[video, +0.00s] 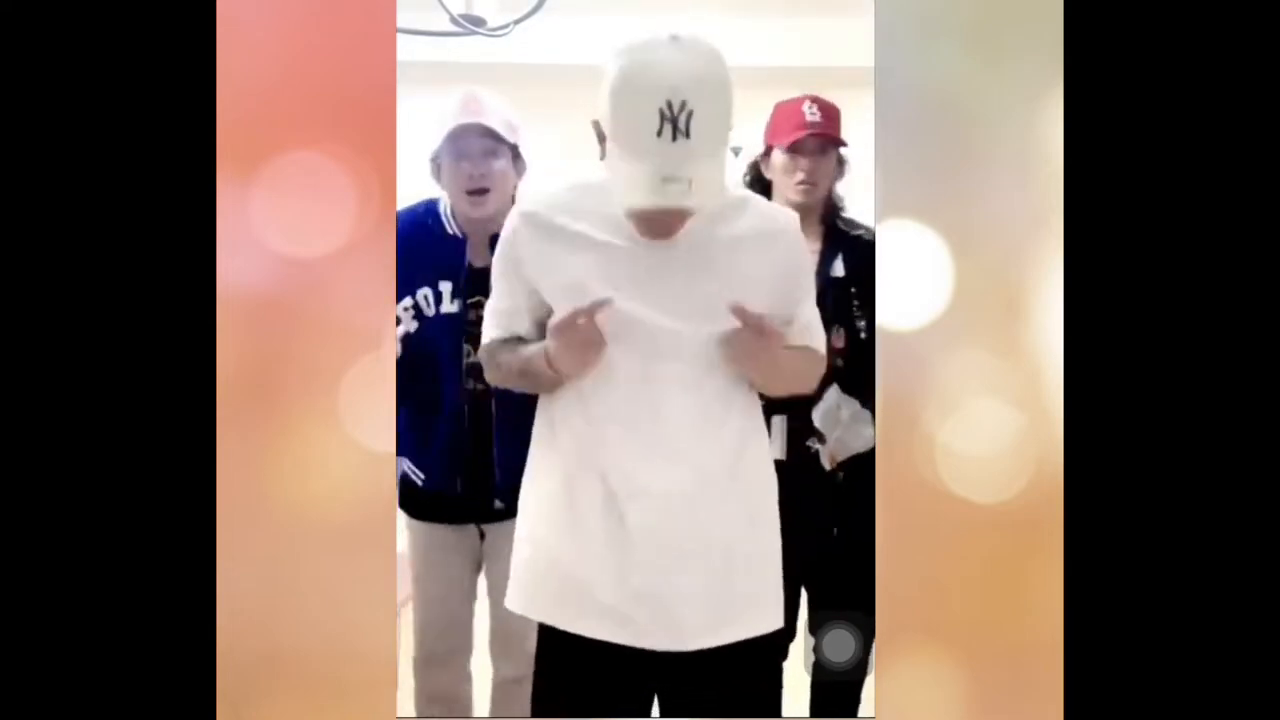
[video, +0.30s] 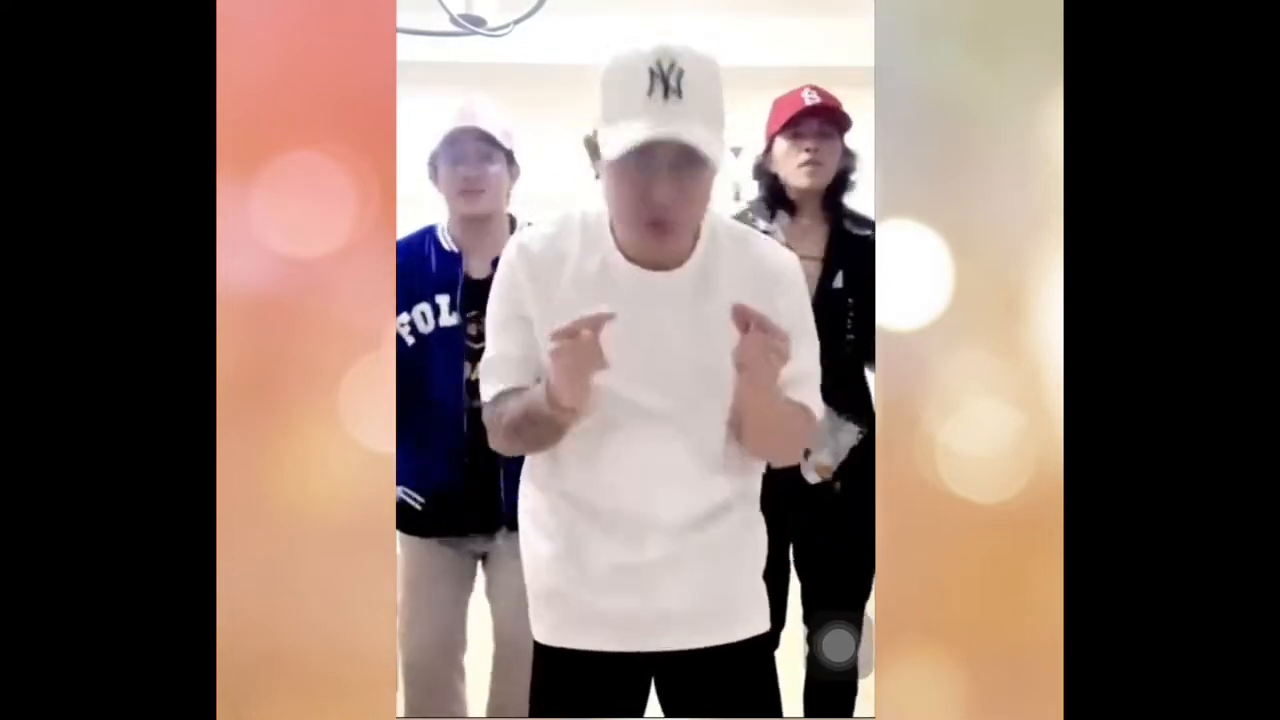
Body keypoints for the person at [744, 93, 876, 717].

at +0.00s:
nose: (806, 166)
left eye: (821, 153)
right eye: (792, 152)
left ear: (839, 166)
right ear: (765, 162)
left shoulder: (867, 251)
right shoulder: (736, 245)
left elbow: (893, 357)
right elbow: (713, 357)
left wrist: (862, 421)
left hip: (849, 476)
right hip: (759, 473)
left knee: (844, 645)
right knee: (755, 641)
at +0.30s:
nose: (812, 149)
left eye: (826, 138)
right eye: (796, 137)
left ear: (844, 153)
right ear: (769, 153)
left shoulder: (871, 244)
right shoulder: (734, 239)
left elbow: (888, 355)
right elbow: (713, 351)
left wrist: (850, 437)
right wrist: (770, 422)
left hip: (846, 464)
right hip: (752, 456)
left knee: (836, 636)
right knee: (749, 627)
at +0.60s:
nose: (788, 169)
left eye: (805, 163)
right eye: (779, 156)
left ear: (822, 187)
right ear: (754, 171)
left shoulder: (851, 262)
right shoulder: (722, 256)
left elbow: (878, 370)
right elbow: (702, 365)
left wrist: (843, 440)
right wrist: (772, 425)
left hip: (836, 482)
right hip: (746, 481)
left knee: (853, 651)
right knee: (759, 650)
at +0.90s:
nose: (876, 170)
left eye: (885, 158)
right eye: (862, 156)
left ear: (895, 171)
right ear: (828, 166)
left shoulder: (897, 255)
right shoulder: (772, 237)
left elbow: (897, 370)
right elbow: (737, 341)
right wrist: (774, 425)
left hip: (844, 478)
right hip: (756, 476)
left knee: (851, 653)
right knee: (751, 654)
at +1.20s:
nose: (829, 167)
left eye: (847, 154)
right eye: (818, 153)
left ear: (874, 169)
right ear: (803, 166)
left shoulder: (893, 255)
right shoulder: (775, 248)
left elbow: (904, 360)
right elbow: (752, 356)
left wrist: (862, 426)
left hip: (861, 478)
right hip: (778, 473)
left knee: (854, 646)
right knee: (766, 642)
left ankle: (852, 719)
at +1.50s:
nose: (818, 173)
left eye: (834, 160)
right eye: (812, 161)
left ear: (869, 168)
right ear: (805, 167)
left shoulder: (893, 247)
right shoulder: (793, 247)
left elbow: (885, 331)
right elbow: (768, 365)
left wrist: (825, 255)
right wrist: (772, 265)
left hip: (862, 470)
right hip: (788, 466)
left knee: (852, 634)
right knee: (769, 625)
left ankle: (853, 717)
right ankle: (761, 714)